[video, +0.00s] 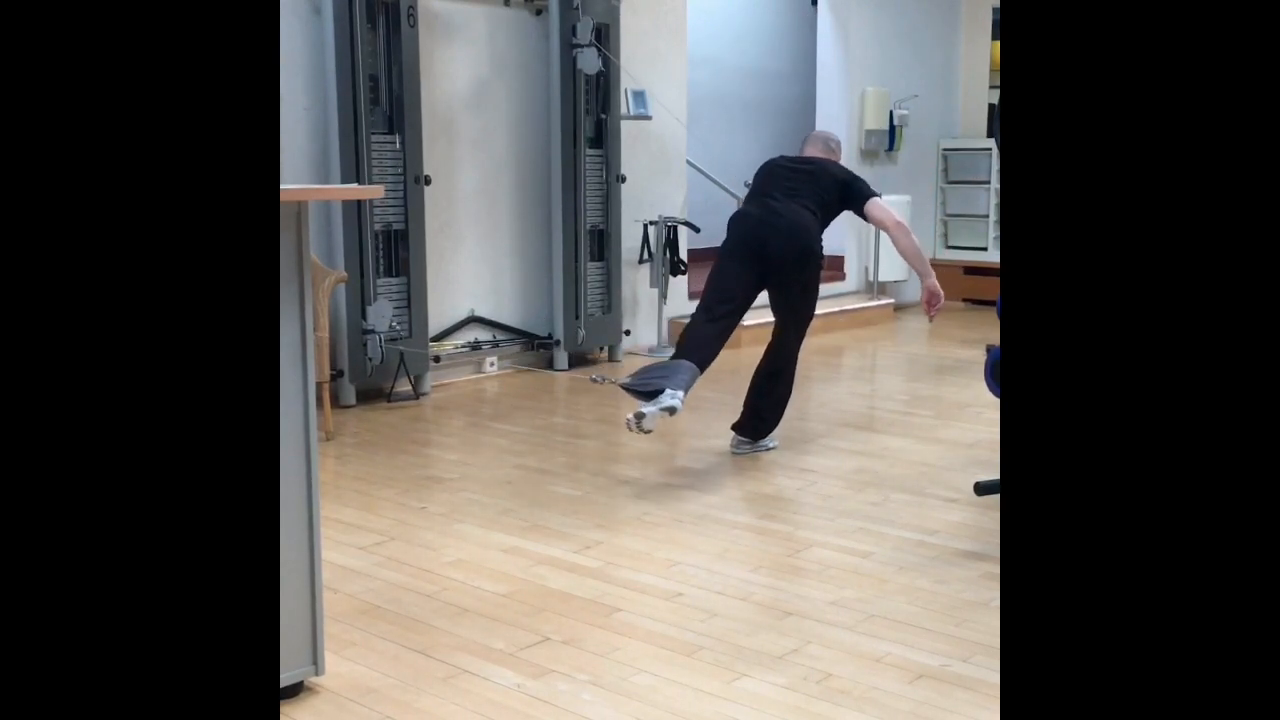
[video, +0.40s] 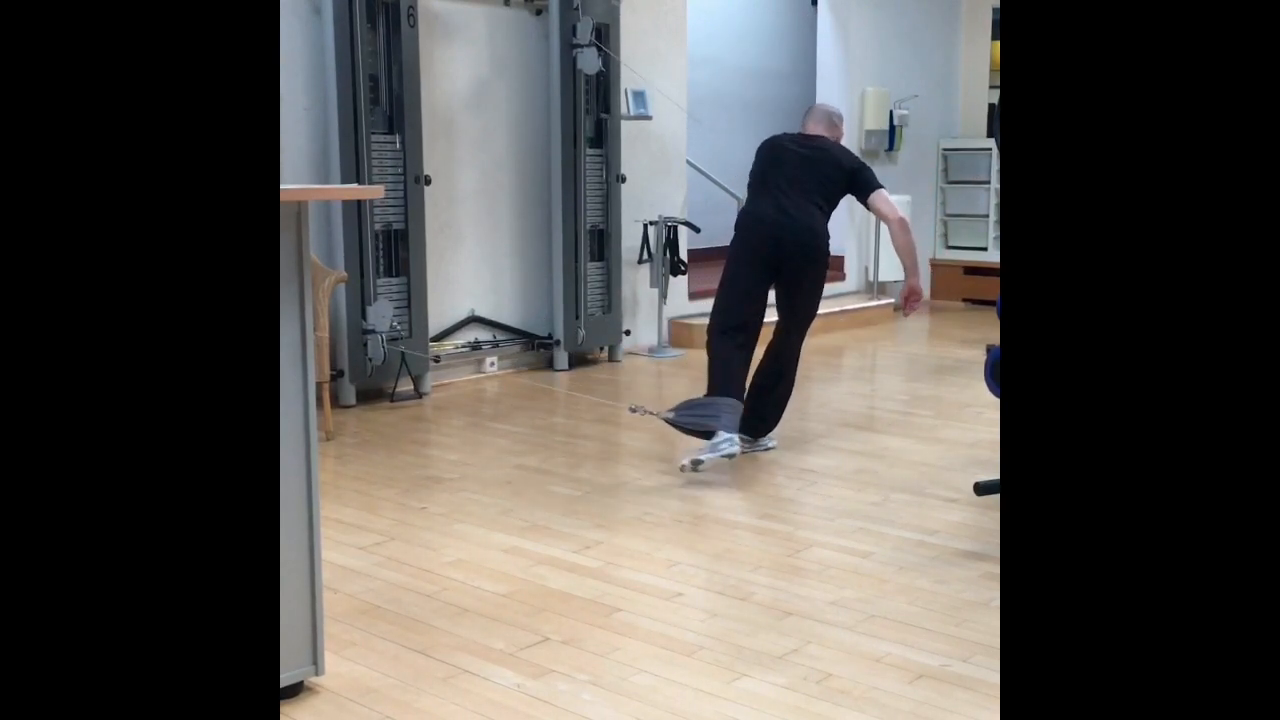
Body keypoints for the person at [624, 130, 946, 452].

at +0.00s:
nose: (838, 164)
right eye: (839, 160)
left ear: (803, 151)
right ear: (836, 158)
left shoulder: (773, 166)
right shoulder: (842, 177)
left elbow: (749, 204)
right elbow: (893, 223)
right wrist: (928, 277)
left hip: (746, 234)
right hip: (798, 246)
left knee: (714, 313)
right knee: (787, 338)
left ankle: (674, 387)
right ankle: (750, 432)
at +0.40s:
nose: (842, 142)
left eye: (841, 139)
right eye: (843, 138)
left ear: (803, 126)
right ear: (838, 134)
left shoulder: (772, 144)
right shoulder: (846, 160)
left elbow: (755, 195)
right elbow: (896, 219)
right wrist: (913, 278)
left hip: (753, 240)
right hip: (805, 249)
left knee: (729, 329)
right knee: (788, 337)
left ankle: (723, 429)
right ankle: (754, 430)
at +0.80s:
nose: (835, 118)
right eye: (837, 114)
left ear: (793, 99)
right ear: (834, 112)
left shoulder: (762, 123)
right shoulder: (843, 147)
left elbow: (759, 178)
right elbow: (877, 222)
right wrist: (851, 272)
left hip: (755, 239)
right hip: (808, 249)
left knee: (722, 336)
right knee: (786, 342)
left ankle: (759, 436)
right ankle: (751, 435)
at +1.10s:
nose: (771, 91)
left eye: (771, 85)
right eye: (775, 86)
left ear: (775, 84)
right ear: (814, 93)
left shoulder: (749, 113)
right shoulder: (833, 139)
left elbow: (724, 155)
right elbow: (849, 220)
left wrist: (765, 144)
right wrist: (817, 248)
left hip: (759, 248)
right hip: (810, 257)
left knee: (712, 344)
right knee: (780, 349)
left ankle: (759, 449)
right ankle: (756, 438)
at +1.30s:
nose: (748, 91)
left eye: (749, 85)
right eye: (752, 86)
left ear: (756, 82)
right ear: (792, 85)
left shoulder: (736, 113)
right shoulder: (817, 129)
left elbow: (699, 152)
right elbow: (836, 213)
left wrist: (709, 138)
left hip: (773, 247)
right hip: (817, 250)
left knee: (713, 348)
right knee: (778, 345)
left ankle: (764, 457)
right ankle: (769, 444)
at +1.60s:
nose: (711, 83)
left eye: (715, 74)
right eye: (712, 74)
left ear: (736, 76)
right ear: (756, 78)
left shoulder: (732, 118)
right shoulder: (791, 120)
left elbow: (658, 152)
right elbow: (789, 197)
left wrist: (655, 127)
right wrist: (735, 239)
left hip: (794, 256)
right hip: (819, 251)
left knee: (728, 346)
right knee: (781, 344)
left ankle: (762, 463)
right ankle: (789, 430)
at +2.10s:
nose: (696, 86)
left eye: (703, 76)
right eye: (696, 76)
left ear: (736, 77)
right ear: (731, 79)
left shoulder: (753, 125)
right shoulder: (742, 129)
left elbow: (673, 164)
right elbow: (721, 194)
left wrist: (610, 139)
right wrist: (675, 231)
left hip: (792, 260)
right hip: (762, 260)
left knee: (741, 348)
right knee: (771, 345)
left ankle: (742, 464)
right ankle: (789, 431)